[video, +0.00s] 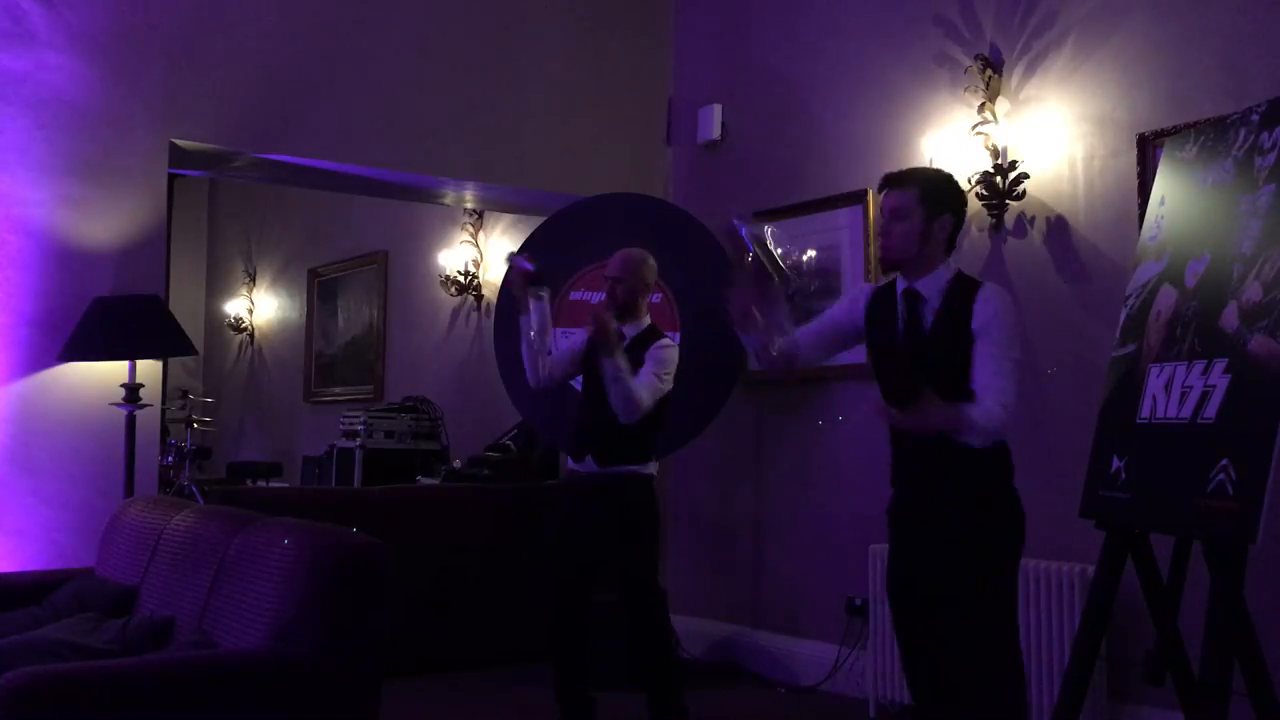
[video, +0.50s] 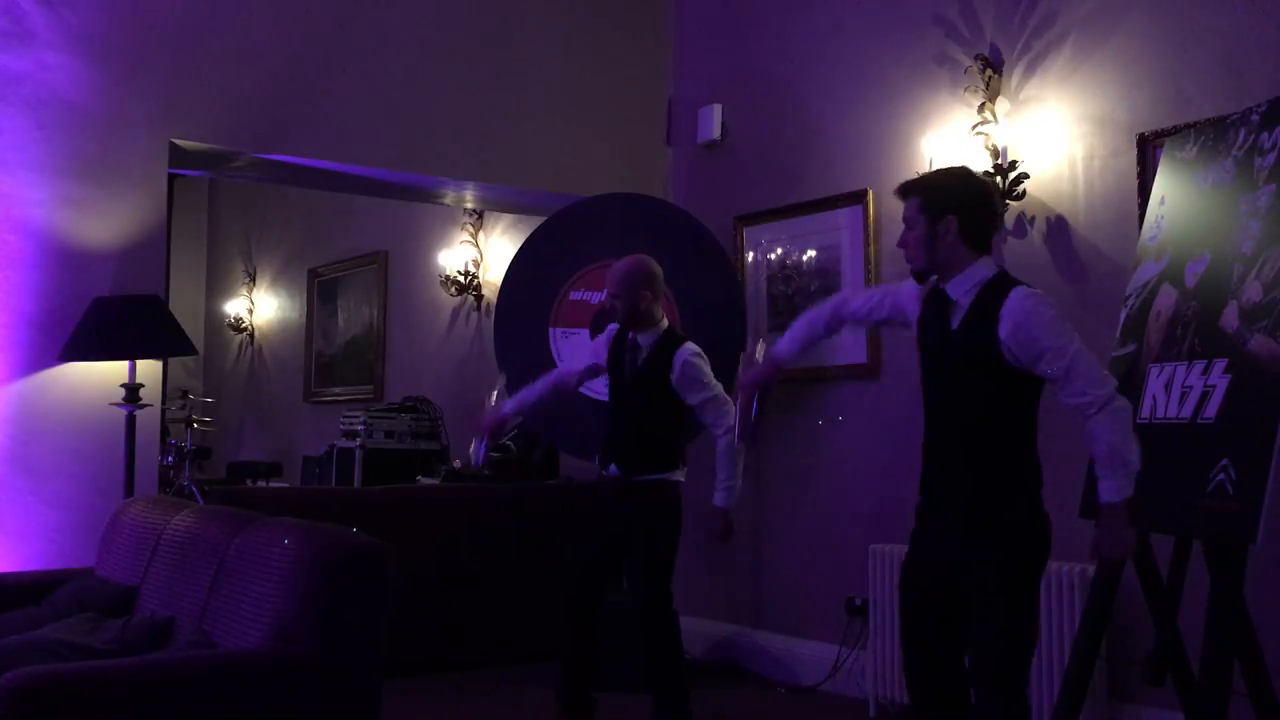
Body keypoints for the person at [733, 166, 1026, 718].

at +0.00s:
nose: (881, 229)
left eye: (896, 217)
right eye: (880, 217)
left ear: (940, 226)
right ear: (880, 224)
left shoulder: (985, 304)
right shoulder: (873, 301)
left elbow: (995, 416)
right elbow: (786, 353)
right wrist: (761, 310)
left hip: (978, 503)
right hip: (913, 504)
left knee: (983, 659)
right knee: (924, 663)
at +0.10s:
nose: (879, 243)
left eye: (892, 229)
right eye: (878, 231)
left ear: (937, 235)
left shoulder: (990, 309)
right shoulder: (872, 310)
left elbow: (1040, 404)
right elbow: (795, 384)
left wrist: (1044, 459)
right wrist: (821, 414)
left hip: (988, 501)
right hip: (916, 503)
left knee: (992, 665)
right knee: (925, 668)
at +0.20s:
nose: (877, 249)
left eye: (889, 236)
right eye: (875, 237)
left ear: (936, 239)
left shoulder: (1000, 313)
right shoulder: (874, 320)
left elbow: (1073, 404)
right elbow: (819, 414)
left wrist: (1113, 495)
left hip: (995, 513)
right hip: (919, 514)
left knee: (999, 684)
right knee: (928, 685)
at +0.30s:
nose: (880, 251)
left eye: (891, 237)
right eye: (879, 238)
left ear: (938, 239)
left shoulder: (1009, 313)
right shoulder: (884, 320)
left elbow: (1089, 402)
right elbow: (825, 413)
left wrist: (1137, 498)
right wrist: (815, 504)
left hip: (1003, 515)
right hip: (928, 515)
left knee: (1002, 682)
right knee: (927, 681)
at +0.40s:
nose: (888, 247)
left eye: (898, 233)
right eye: (889, 234)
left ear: (940, 236)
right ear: (928, 239)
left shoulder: (1014, 313)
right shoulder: (902, 314)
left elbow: (1094, 400)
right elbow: (824, 371)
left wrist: (1134, 499)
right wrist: (772, 448)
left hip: (1007, 521)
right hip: (936, 520)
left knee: (1005, 684)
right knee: (930, 680)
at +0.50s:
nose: (900, 239)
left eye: (910, 225)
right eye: (902, 226)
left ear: (949, 231)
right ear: (945, 233)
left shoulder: (1021, 310)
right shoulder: (921, 300)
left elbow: (1105, 404)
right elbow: (840, 308)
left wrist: (1114, 510)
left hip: (1004, 524)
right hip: (938, 518)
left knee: (997, 683)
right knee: (928, 677)